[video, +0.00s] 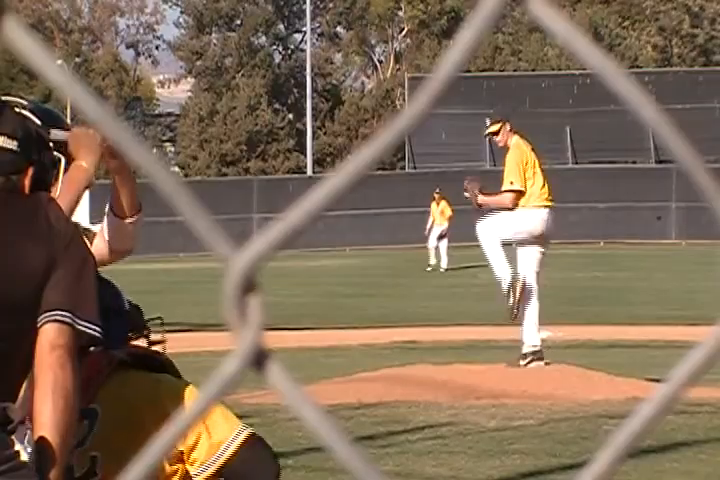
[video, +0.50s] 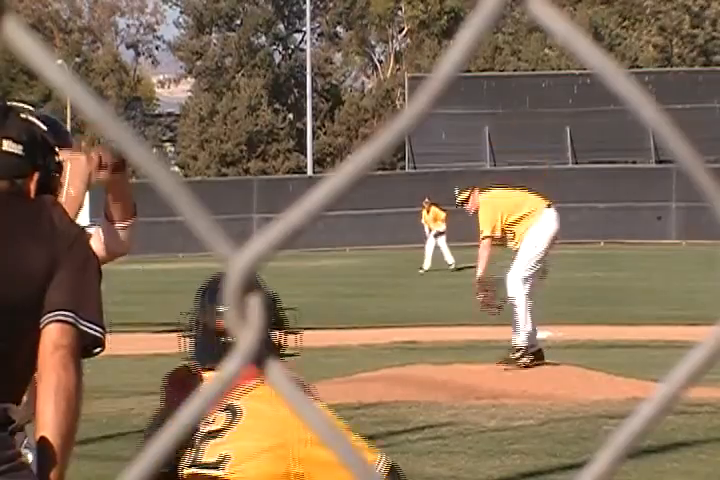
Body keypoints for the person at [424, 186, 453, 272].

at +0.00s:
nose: (437, 195)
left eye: (439, 193)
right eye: (436, 193)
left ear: (441, 195)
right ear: (434, 194)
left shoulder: (444, 203)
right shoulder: (433, 204)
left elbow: (449, 214)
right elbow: (431, 216)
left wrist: (445, 227)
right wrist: (427, 228)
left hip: (443, 226)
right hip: (435, 226)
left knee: (443, 246)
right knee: (431, 244)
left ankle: (444, 265)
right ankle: (432, 261)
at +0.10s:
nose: (434, 197)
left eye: (436, 196)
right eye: (433, 195)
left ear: (438, 196)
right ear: (431, 196)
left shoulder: (442, 204)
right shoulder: (431, 205)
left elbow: (447, 214)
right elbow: (430, 218)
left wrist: (444, 229)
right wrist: (426, 229)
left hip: (442, 226)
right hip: (434, 226)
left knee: (442, 246)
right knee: (430, 245)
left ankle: (443, 265)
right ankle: (428, 263)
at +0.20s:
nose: (430, 201)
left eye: (432, 199)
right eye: (429, 199)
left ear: (435, 199)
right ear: (428, 200)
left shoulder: (440, 207)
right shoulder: (429, 208)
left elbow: (445, 223)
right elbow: (428, 220)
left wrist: (441, 230)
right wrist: (425, 231)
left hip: (441, 228)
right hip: (433, 229)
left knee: (442, 248)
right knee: (430, 248)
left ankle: (443, 265)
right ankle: (427, 265)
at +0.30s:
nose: (427, 203)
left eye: (429, 201)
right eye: (426, 201)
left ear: (432, 201)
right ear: (425, 202)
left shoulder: (437, 208)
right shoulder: (426, 209)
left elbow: (444, 223)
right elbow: (426, 223)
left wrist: (441, 230)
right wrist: (425, 234)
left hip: (440, 229)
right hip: (432, 229)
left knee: (441, 248)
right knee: (428, 248)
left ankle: (444, 264)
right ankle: (426, 266)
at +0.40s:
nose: (426, 204)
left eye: (427, 202)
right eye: (425, 203)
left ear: (430, 202)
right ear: (424, 203)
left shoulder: (437, 209)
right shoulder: (424, 210)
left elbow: (444, 222)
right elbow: (425, 222)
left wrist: (441, 229)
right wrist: (426, 231)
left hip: (439, 229)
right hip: (431, 230)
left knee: (442, 248)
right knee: (428, 248)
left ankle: (448, 262)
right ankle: (425, 266)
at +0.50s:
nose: (426, 205)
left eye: (427, 203)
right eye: (425, 203)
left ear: (430, 204)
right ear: (423, 204)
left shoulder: (434, 209)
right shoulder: (424, 212)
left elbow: (443, 214)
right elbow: (424, 222)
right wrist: (427, 232)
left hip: (440, 230)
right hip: (432, 231)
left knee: (443, 247)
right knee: (428, 248)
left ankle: (451, 262)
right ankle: (426, 266)